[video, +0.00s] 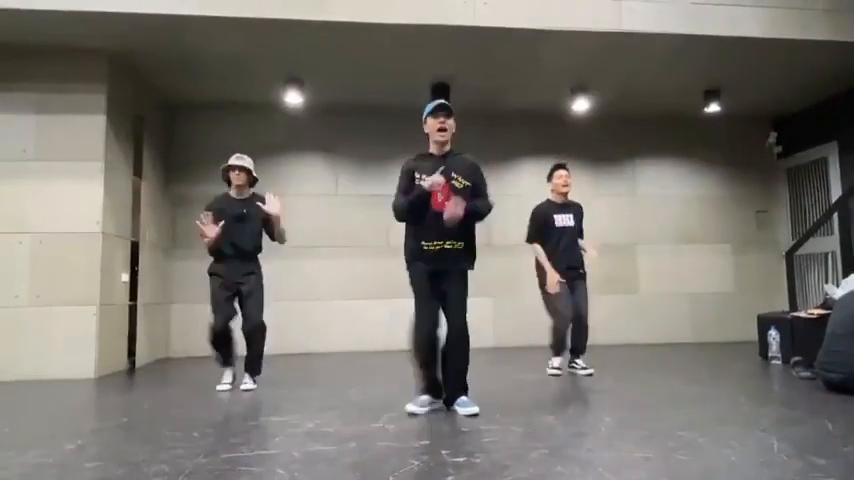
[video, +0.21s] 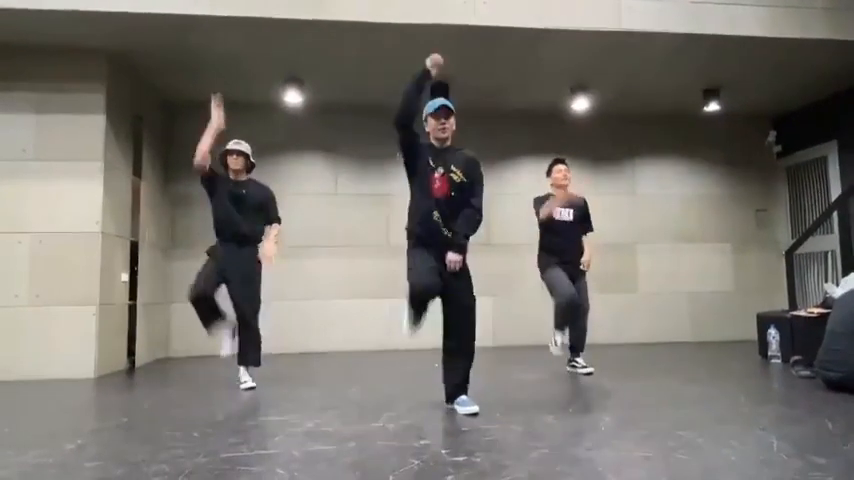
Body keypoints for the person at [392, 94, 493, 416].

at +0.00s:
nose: (442, 128)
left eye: (446, 124)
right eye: (436, 124)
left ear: (453, 127)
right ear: (426, 128)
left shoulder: (468, 166)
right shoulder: (412, 167)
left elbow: (484, 206)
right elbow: (400, 211)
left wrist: (464, 207)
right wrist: (422, 190)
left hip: (456, 258)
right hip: (421, 259)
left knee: (457, 325)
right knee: (426, 325)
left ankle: (457, 393)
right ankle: (430, 391)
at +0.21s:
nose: (442, 124)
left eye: (446, 118)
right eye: (436, 119)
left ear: (454, 123)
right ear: (426, 124)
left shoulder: (468, 161)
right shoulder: (416, 153)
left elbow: (473, 208)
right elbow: (404, 120)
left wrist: (458, 244)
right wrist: (425, 74)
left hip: (453, 248)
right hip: (422, 244)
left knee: (462, 321)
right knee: (425, 286)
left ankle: (457, 393)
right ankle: (416, 311)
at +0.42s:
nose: (444, 116)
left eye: (449, 111)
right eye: (438, 111)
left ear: (455, 117)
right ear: (427, 117)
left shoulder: (467, 162)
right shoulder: (413, 158)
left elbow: (472, 209)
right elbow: (399, 194)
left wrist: (456, 245)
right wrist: (415, 162)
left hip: (451, 252)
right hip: (416, 250)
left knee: (455, 326)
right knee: (400, 308)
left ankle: (457, 393)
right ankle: (395, 362)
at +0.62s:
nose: (435, 115)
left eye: (440, 111)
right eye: (429, 110)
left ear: (446, 119)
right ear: (418, 118)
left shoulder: (460, 161)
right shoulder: (401, 159)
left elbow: (464, 209)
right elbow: (393, 209)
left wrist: (448, 245)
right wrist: (411, 234)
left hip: (445, 255)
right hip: (408, 254)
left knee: (452, 325)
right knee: (395, 322)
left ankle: (458, 392)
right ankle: (381, 392)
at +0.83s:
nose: (427, 112)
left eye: (431, 108)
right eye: (421, 108)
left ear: (438, 116)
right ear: (410, 117)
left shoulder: (453, 160)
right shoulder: (396, 161)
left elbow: (461, 207)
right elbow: (386, 209)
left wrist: (446, 241)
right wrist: (408, 233)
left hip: (443, 253)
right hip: (407, 253)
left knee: (460, 319)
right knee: (392, 318)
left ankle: (475, 386)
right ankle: (372, 389)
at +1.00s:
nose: (427, 112)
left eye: (432, 107)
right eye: (421, 107)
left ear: (438, 115)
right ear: (410, 116)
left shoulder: (454, 158)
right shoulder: (397, 159)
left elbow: (462, 205)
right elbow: (390, 207)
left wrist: (449, 241)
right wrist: (410, 235)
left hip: (445, 251)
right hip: (407, 250)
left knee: (449, 320)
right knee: (397, 319)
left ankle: (456, 388)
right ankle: (385, 390)